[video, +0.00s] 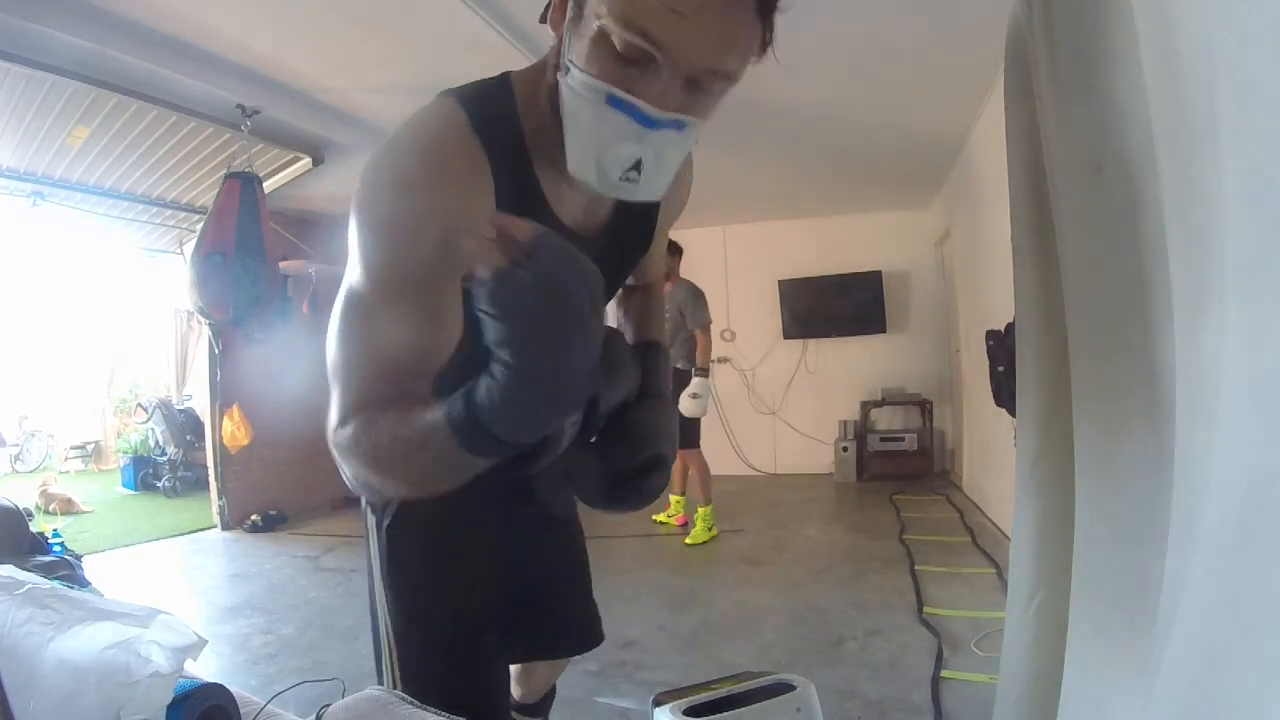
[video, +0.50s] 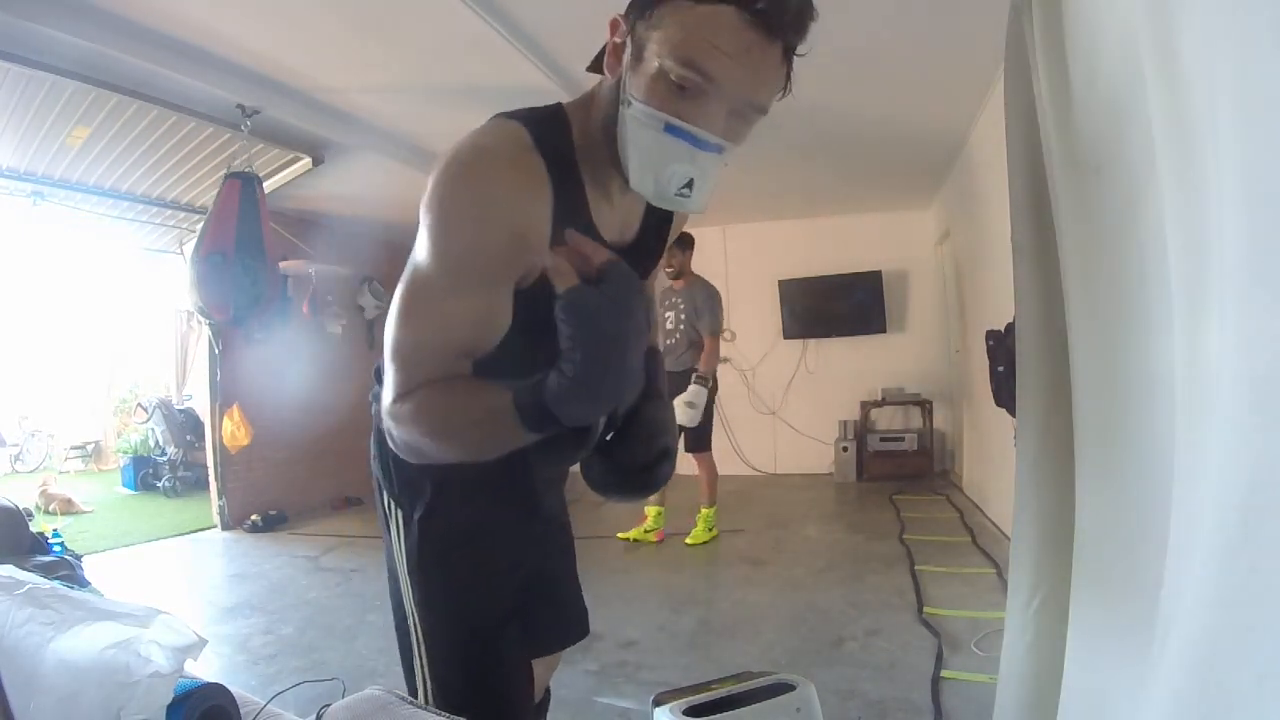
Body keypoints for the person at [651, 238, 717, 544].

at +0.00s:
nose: (661, 264)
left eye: (666, 258)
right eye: (660, 258)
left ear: (676, 260)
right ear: (659, 261)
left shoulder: (688, 292)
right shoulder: (655, 293)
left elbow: (703, 335)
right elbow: (656, 337)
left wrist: (701, 376)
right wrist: (650, 374)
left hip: (684, 373)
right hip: (664, 372)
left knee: (690, 448)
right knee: (674, 447)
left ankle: (705, 517)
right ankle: (677, 508)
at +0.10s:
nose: (665, 264)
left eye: (670, 257)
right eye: (663, 258)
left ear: (681, 258)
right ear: (662, 260)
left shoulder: (692, 292)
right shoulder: (657, 292)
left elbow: (705, 336)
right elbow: (657, 338)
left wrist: (700, 378)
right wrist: (652, 375)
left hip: (687, 373)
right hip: (664, 373)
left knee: (693, 448)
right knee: (672, 445)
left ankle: (706, 517)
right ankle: (676, 506)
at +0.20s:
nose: (665, 263)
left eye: (670, 256)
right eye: (662, 256)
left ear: (684, 257)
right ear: (659, 259)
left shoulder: (698, 292)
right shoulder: (654, 292)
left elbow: (705, 340)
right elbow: (641, 335)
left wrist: (698, 382)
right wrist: (643, 374)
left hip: (691, 376)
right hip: (661, 375)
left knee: (696, 450)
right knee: (664, 443)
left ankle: (707, 517)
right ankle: (672, 506)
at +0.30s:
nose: (666, 260)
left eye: (672, 254)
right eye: (663, 254)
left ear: (686, 255)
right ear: (659, 257)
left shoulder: (700, 290)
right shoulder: (654, 291)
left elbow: (706, 339)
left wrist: (696, 382)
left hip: (692, 375)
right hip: (661, 376)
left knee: (696, 449)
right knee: (662, 443)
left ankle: (707, 517)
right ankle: (668, 509)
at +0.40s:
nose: (667, 262)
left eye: (673, 256)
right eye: (664, 256)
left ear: (688, 254)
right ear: (661, 256)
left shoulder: (702, 291)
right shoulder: (660, 291)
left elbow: (708, 341)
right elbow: (655, 337)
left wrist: (697, 385)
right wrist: (649, 376)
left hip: (694, 376)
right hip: (663, 377)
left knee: (698, 450)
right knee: (659, 445)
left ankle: (707, 519)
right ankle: (660, 515)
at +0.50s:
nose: (667, 264)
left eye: (674, 258)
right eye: (664, 258)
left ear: (689, 256)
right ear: (660, 258)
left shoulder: (705, 293)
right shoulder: (660, 293)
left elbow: (712, 346)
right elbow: (653, 336)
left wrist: (700, 386)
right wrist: (646, 374)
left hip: (696, 377)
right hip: (663, 377)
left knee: (700, 451)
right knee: (658, 448)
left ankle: (707, 519)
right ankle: (653, 521)